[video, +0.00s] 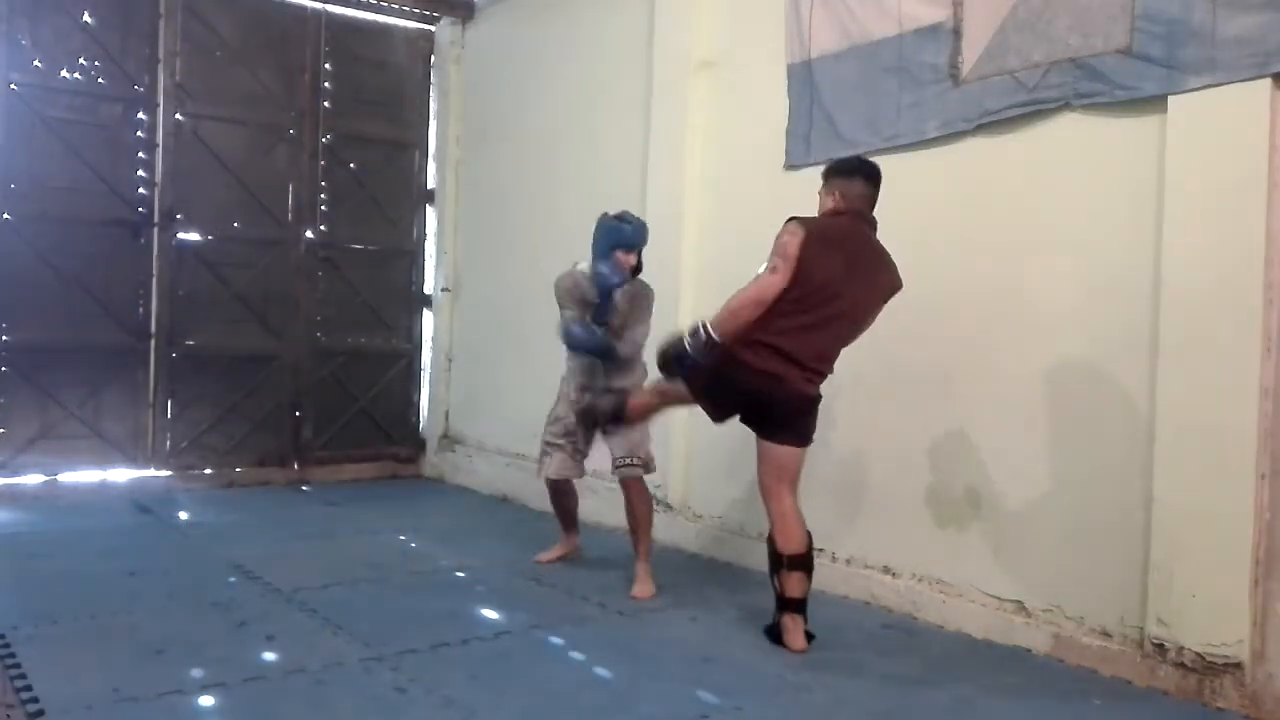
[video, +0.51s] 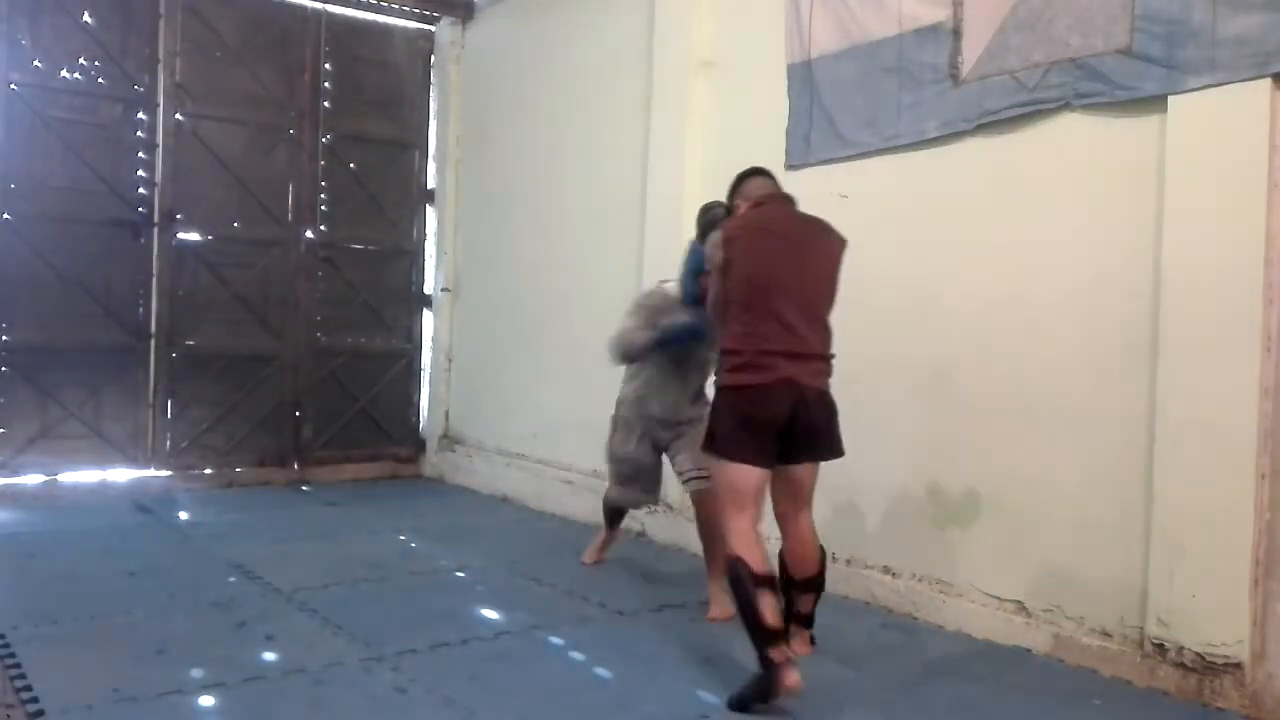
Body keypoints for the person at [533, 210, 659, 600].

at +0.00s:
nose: (633, 260)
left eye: (636, 252)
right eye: (625, 251)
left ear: (638, 255)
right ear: (603, 250)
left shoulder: (638, 293)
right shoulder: (573, 284)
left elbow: (629, 349)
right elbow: (575, 332)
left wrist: (588, 339)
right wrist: (605, 295)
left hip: (624, 390)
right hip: (579, 387)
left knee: (631, 475)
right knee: (556, 471)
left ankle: (643, 565)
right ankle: (570, 539)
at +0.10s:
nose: (622, 268)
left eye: (628, 261)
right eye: (614, 259)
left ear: (636, 264)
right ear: (595, 259)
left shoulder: (637, 300)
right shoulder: (571, 293)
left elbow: (644, 354)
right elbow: (578, 331)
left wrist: (627, 367)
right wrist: (614, 302)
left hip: (627, 405)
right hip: (582, 403)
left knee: (634, 474)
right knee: (558, 472)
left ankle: (645, 561)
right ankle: (571, 543)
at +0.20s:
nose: (635, 267)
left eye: (642, 260)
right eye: (628, 258)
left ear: (650, 264)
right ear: (610, 258)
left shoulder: (653, 301)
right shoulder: (587, 292)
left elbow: (683, 348)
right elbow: (558, 345)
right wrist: (574, 311)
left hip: (643, 407)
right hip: (598, 406)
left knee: (650, 476)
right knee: (578, 479)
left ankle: (678, 555)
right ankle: (574, 542)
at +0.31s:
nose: (650, 271)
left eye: (657, 264)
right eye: (644, 262)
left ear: (665, 265)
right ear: (627, 259)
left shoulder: (674, 297)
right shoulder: (607, 289)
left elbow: (716, 321)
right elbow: (579, 341)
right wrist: (597, 310)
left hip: (657, 408)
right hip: (612, 405)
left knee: (662, 481)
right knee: (576, 475)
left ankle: (710, 566)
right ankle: (590, 539)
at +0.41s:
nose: (672, 281)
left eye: (680, 273)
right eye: (665, 271)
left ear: (688, 276)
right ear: (650, 271)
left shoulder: (693, 312)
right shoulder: (630, 302)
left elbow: (739, 331)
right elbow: (598, 355)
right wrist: (619, 324)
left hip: (674, 421)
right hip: (628, 419)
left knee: (681, 492)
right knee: (589, 482)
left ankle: (718, 583)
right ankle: (615, 536)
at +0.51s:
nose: (709, 284)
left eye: (716, 277)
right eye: (704, 274)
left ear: (724, 278)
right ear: (691, 269)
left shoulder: (724, 311)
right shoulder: (660, 300)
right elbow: (620, 348)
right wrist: (663, 334)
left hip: (689, 417)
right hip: (638, 415)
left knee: (706, 493)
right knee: (622, 492)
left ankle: (717, 582)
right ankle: (607, 536)